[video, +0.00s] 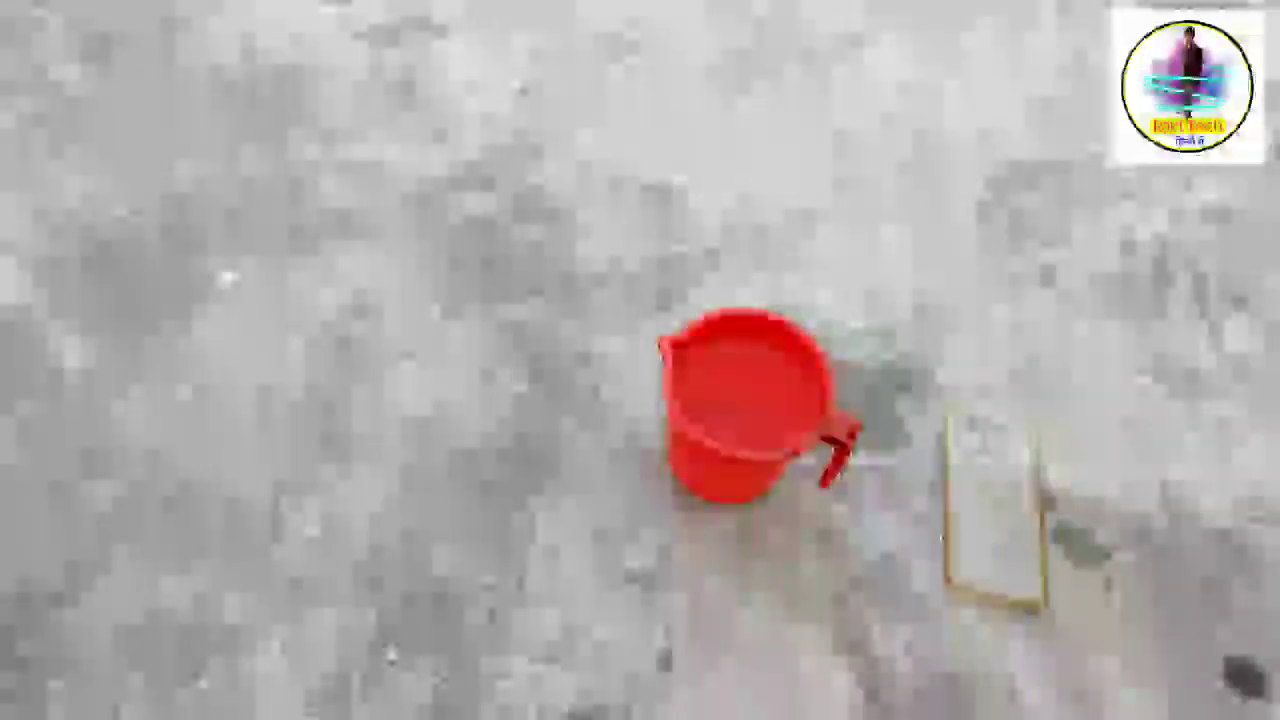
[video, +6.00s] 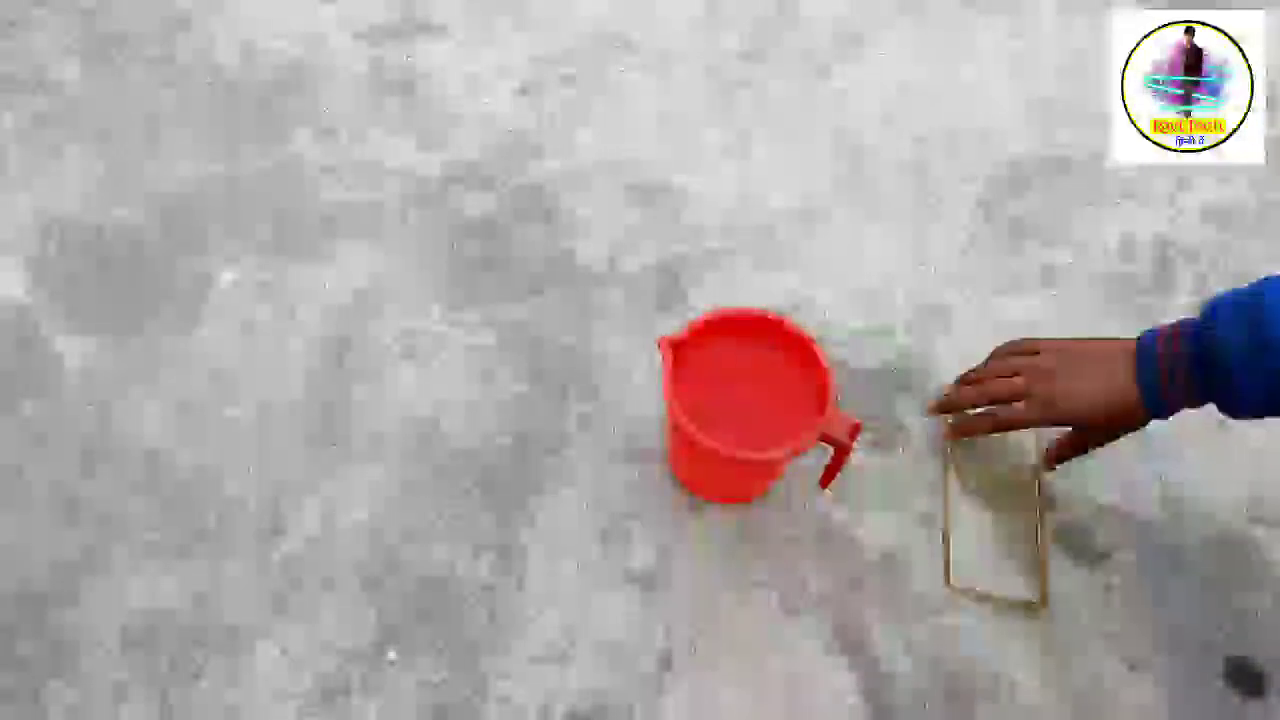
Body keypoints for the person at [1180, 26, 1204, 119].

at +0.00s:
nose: (1187, 38)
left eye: (1189, 36)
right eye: (1186, 36)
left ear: (1193, 36)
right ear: (1184, 36)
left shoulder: (1197, 50)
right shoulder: (1181, 49)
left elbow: (1199, 65)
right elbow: (1176, 61)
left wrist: (1197, 75)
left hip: (1193, 75)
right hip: (1183, 74)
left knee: (1190, 93)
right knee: (1185, 93)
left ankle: (1188, 112)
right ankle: (1185, 111)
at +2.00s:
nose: (1188, 38)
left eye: (1190, 36)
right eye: (1186, 36)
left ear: (1193, 36)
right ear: (1184, 36)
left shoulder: (1198, 50)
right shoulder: (1182, 50)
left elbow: (1199, 65)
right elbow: (1177, 62)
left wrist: (1197, 76)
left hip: (1193, 75)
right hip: (1184, 74)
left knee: (1189, 93)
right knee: (1185, 93)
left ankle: (1188, 112)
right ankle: (1186, 111)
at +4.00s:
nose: (1188, 38)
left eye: (1190, 36)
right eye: (1187, 35)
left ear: (1193, 36)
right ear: (1184, 36)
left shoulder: (1197, 50)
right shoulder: (1181, 49)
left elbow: (1199, 64)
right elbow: (1176, 61)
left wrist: (1197, 74)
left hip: (1193, 74)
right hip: (1183, 74)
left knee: (1190, 92)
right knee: (1185, 93)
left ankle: (1188, 112)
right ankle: (1186, 112)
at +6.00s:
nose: (1187, 38)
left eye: (1190, 35)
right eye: (1186, 35)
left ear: (1193, 36)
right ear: (1184, 36)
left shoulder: (1197, 50)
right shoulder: (1181, 49)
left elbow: (1198, 67)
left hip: (1192, 77)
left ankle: (1188, 114)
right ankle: (1186, 113)